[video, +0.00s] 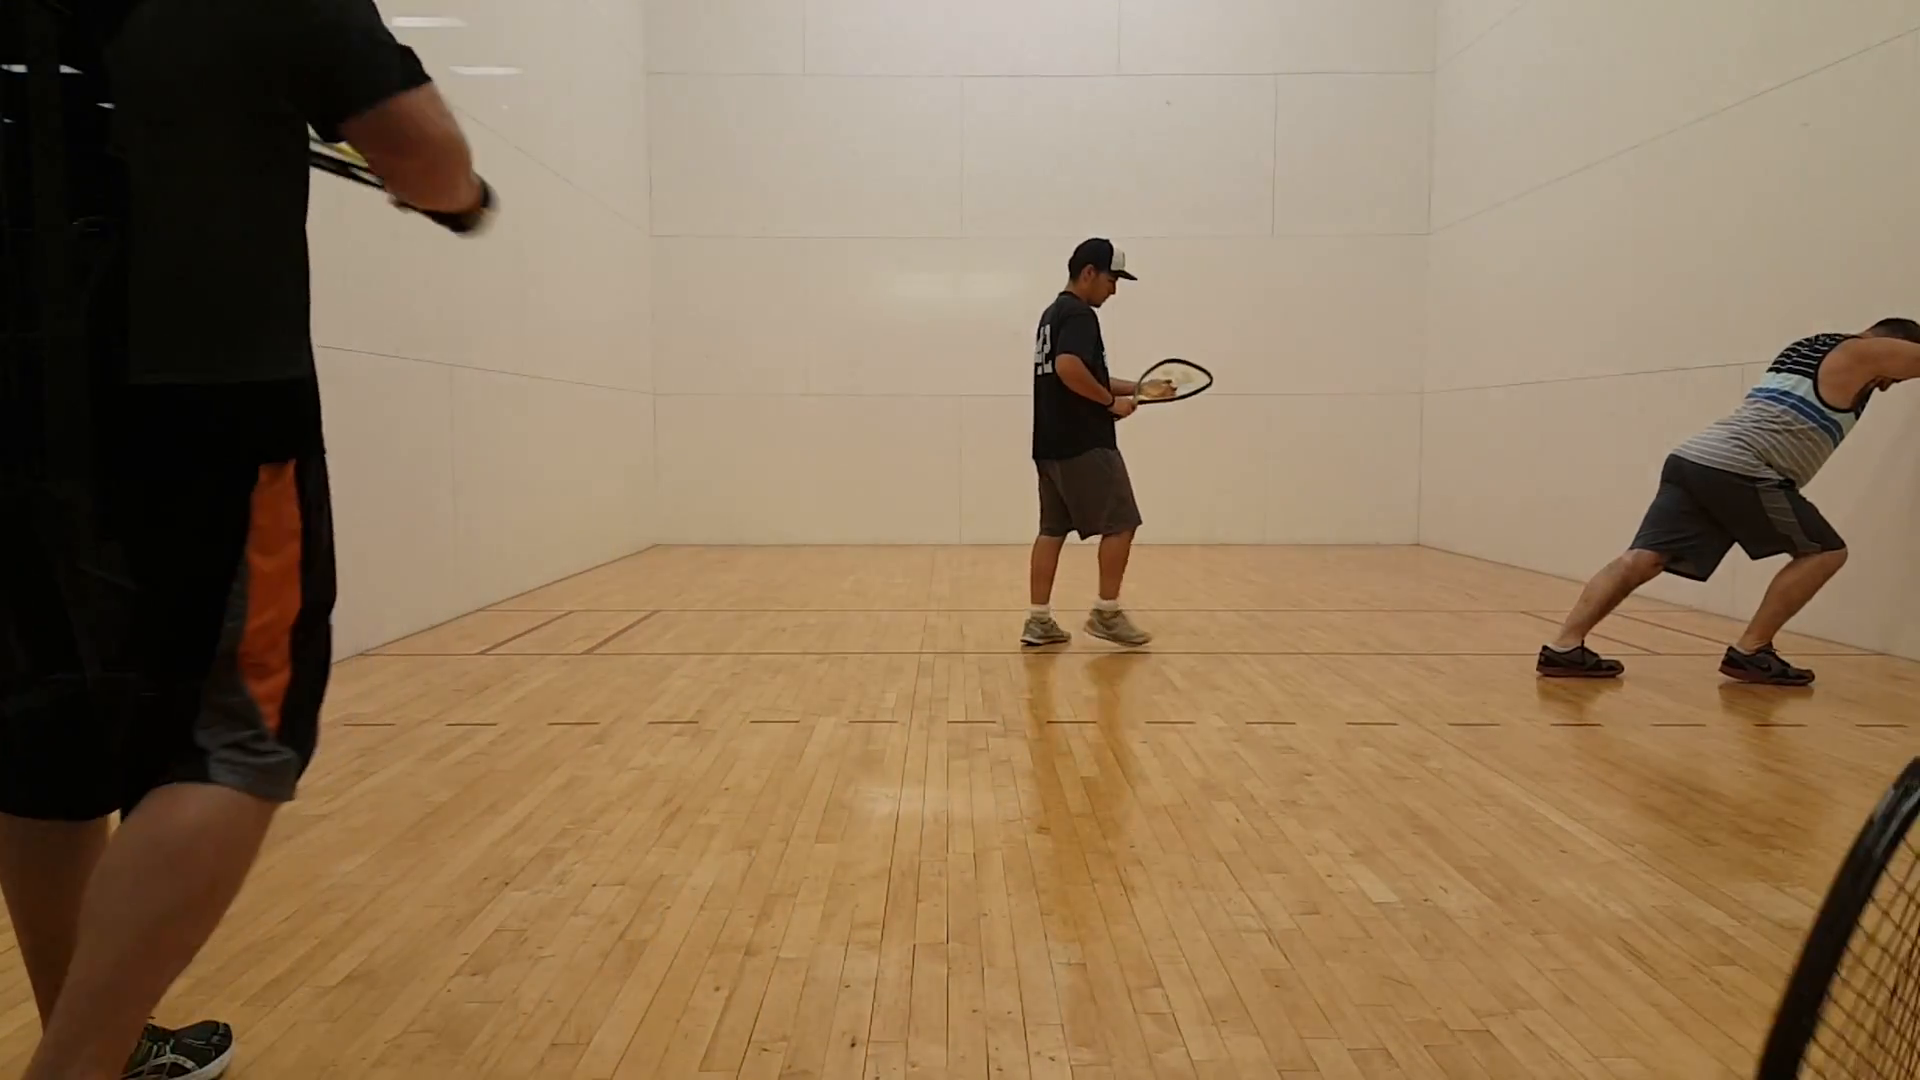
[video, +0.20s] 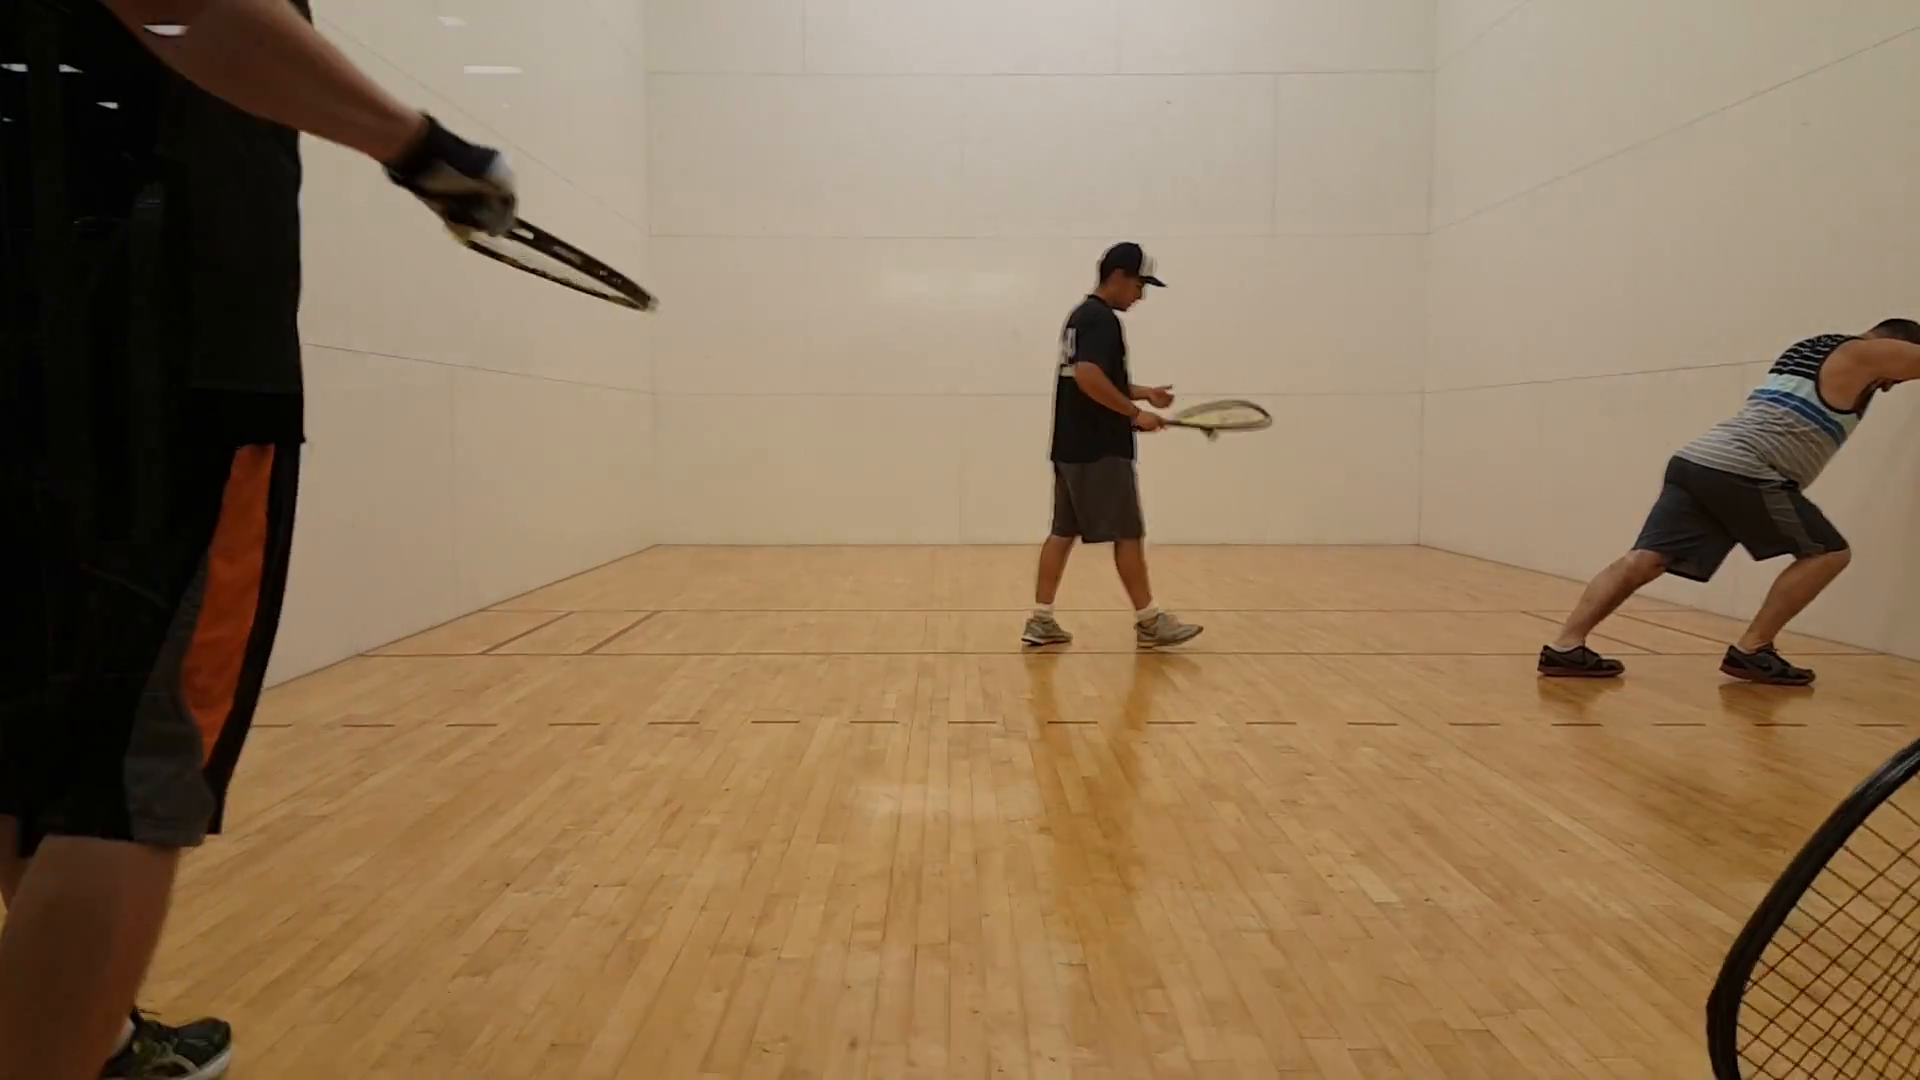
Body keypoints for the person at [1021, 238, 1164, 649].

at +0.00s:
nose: (1114, 288)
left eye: (1116, 280)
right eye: (1111, 279)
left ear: (1083, 275)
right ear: (1089, 272)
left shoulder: (1054, 314)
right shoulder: (1078, 315)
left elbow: (1090, 380)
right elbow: (1068, 368)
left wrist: (1141, 388)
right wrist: (1110, 402)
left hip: (1051, 446)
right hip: (1085, 446)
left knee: (1052, 529)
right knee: (1121, 522)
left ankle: (1039, 619)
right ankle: (1107, 612)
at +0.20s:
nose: (1140, 294)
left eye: (1142, 287)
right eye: (1138, 285)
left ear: (1114, 278)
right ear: (1117, 277)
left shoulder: (1082, 315)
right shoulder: (1101, 319)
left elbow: (1099, 381)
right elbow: (1088, 376)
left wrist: (1146, 392)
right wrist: (1134, 413)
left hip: (1071, 450)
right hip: (1101, 451)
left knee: (1063, 530)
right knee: (1128, 533)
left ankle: (1040, 618)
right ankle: (1149, 620)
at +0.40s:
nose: (1184, 300)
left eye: (1187, 292)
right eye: (1184, 290)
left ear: (1158, 280)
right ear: (1165, 280)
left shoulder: (1118, 312)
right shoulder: (1147, 324)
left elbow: (1107, 377)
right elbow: (1132, 380)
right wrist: (1164, 436)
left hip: (1099, 448)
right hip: (1133, 452)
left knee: (1089, 527)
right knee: (1148, 534)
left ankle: (1048, 604)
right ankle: (1154, 620)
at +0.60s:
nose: (1217, 296)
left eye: (1220, 288)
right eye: (1217, 286)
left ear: (1186, 276)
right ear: (1198, 277)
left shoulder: (1139, 309)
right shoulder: (1183, 324)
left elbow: (1109, 367)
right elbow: (1189, 388)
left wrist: (1102, 416)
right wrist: (1240, 420)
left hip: (1126, 440)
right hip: (1158, 449)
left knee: (1136, 522)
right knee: (1158, 534)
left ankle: (1092, 588)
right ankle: (1156, 622)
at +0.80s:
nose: (1239, 293)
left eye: (1242, 285)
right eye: (1238, 283)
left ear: (1209, 277)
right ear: (1219, 277)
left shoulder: (1160, 312)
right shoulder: (1216, 324)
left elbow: (1130, 371)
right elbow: (1253, 378)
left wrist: (1139, 419)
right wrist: (1306, 398)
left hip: (1153, 441)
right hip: (1182, 446)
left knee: (1180, 529)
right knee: (1168, 534)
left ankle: (1188, 608)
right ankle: (1156, 622)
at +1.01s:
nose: (1257, 297)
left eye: (1259, 289)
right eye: (1256, 288)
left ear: (1227, 280)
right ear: (1236, 280)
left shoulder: (1182, 321)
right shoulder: (1233, 328)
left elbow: (1162, 383)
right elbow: (1253, 391)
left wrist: (1187, 423)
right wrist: (1288, 437)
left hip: (1188, 448)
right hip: (1217, 451)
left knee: (1218, 531)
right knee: (1198, 533)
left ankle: (1224, 613)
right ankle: (1163, 616)